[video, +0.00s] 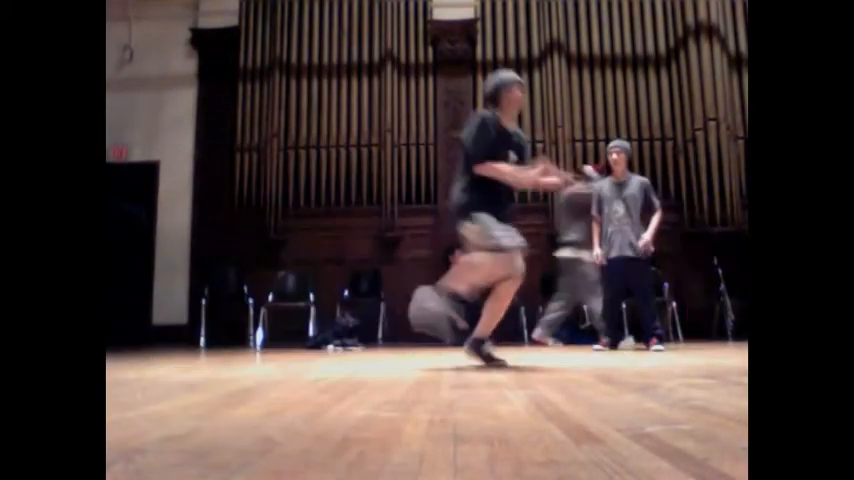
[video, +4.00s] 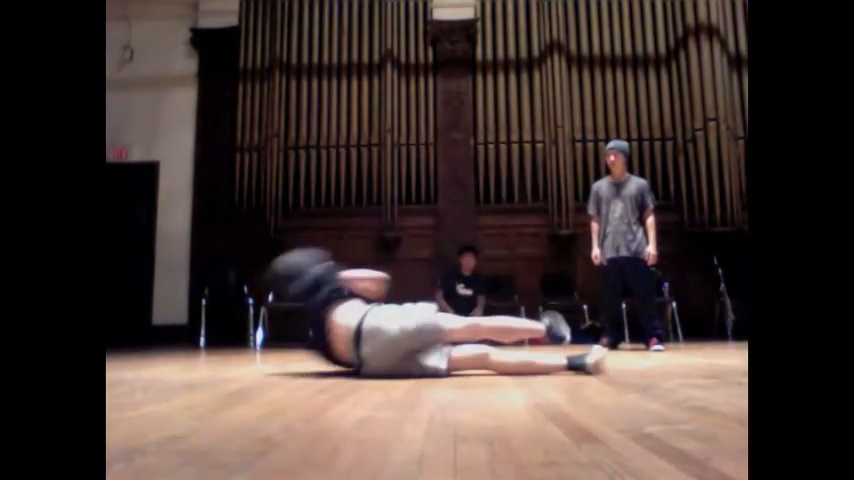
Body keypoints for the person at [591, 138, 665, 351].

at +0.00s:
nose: (615, 158)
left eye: (619, 153)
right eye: (612, 154)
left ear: (627, 157)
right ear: (607, 159)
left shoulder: (641, 183)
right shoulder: (600, 187)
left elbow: (657, 211)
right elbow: (596, 219)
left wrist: (648, 235)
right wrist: (596, 246)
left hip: (636, 250)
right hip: (611, 251)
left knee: (644, 297)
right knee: (610, 299)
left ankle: (652, 337)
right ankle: (610, 337)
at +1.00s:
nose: (608, 162)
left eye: (612, 158)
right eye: (605, 159)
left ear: (622, 160)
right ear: (603, 162)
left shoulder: (637, 183)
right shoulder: (599, 185)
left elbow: (648, 212)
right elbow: (597, 205)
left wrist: (645, 240)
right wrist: (615, 180)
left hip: (633, 248)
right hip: (609, 250)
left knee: (642, 296)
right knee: (610, 298)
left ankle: (652, 336)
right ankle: (610, 336)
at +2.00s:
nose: (610, 162)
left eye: (614, 158)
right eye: (607, 158)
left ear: (623, 160)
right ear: (605, 162)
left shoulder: (639, 184)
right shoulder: (598, 188)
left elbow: (651, 211)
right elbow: (592, 214)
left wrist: (647, 241)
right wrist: (608, 226)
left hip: (636, 250)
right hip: (611, 251)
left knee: (644, 296)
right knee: (610, 298)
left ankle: (653, 336)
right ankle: (609, 337)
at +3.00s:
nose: (612, 159)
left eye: (616, 155)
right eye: (609, 155)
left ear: (625, 158)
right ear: (606, 159)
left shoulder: (639, 185)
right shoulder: (598, 187)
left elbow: (649, 215)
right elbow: (594, 219)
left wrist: (655, 245)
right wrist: (593, 247)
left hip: (636, 251)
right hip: (610, 252)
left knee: (645, 297)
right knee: (610, 299)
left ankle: (653, 336)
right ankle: (609, 337)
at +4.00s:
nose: (612, 159)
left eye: (616, 155)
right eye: (609, 155)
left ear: (625, 158)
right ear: (606, 160)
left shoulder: (640, 185)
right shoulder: (598, 188)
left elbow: (649, 215)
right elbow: (595, 219)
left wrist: (652, 245)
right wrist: (595, 246)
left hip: (636, 251)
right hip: (610, 252)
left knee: (645, 297)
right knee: (610, 299)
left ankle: (653, 336)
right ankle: (609, 337)